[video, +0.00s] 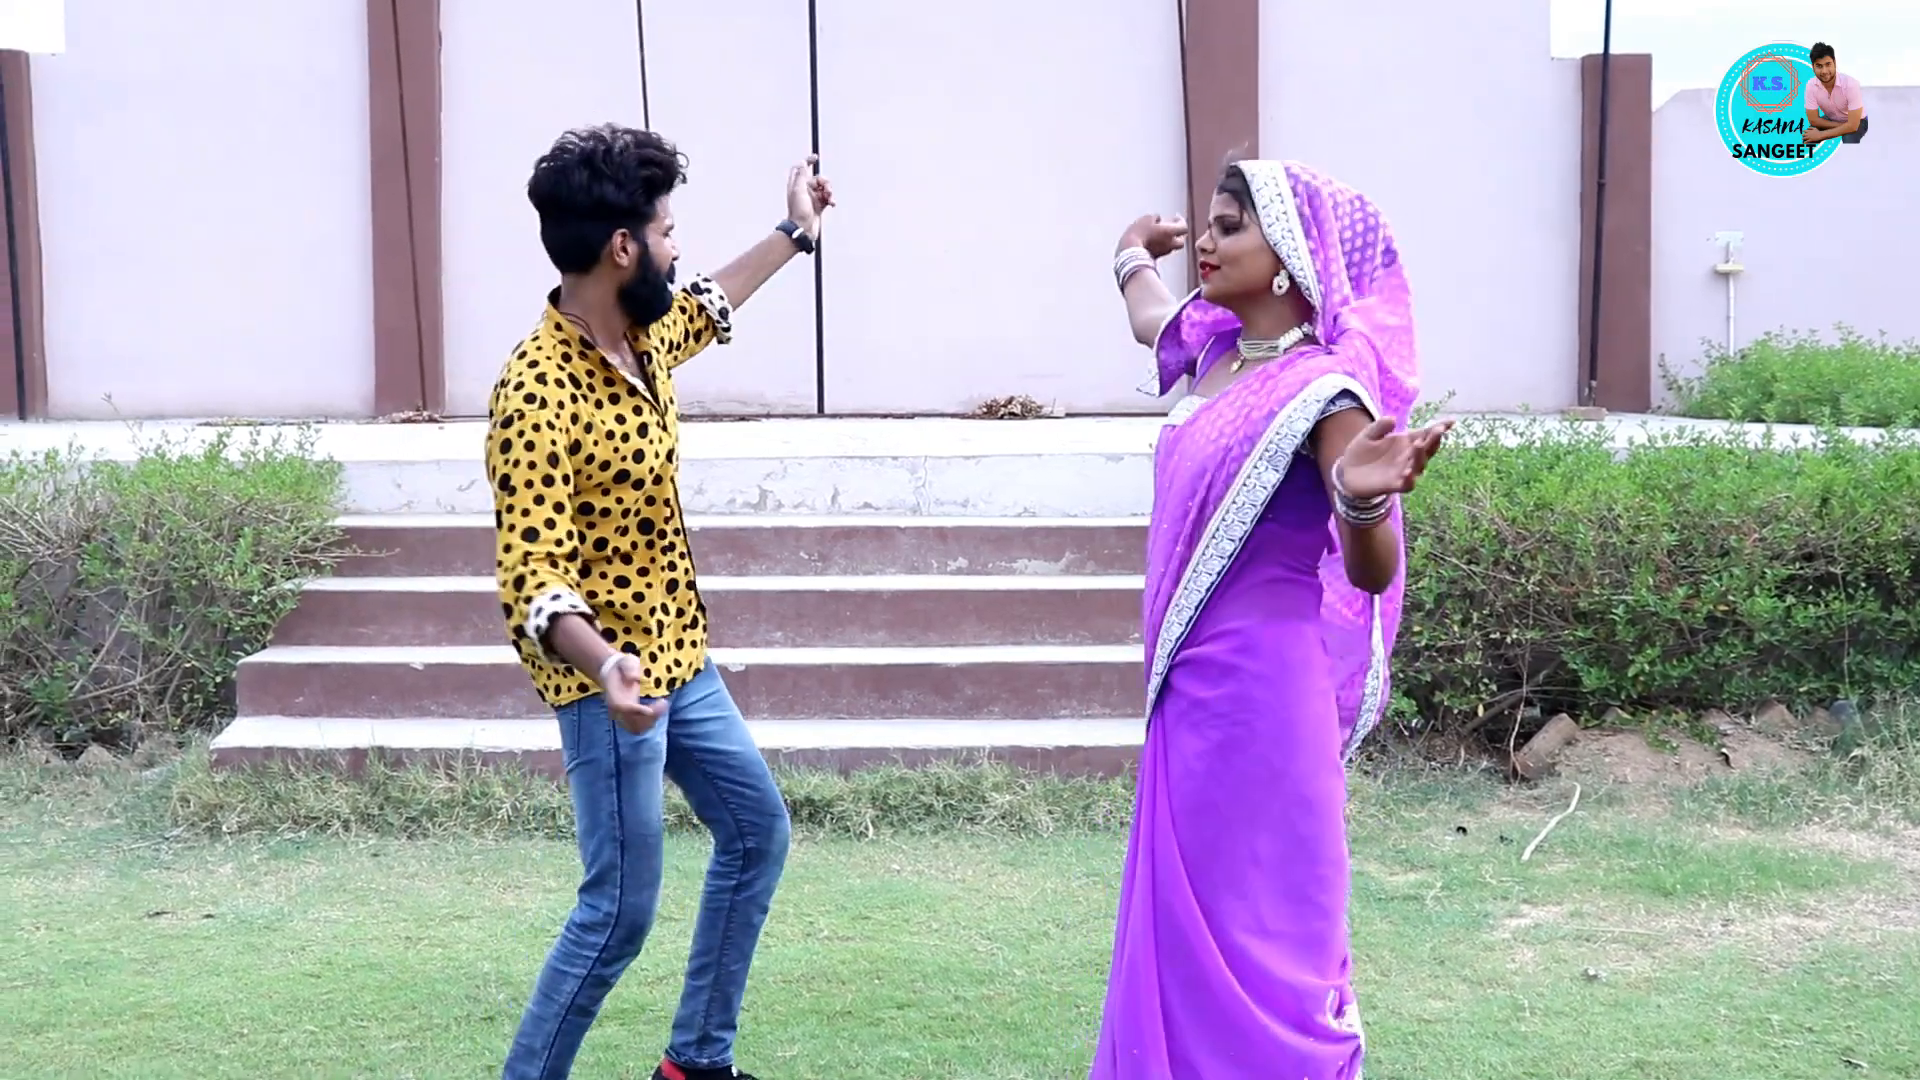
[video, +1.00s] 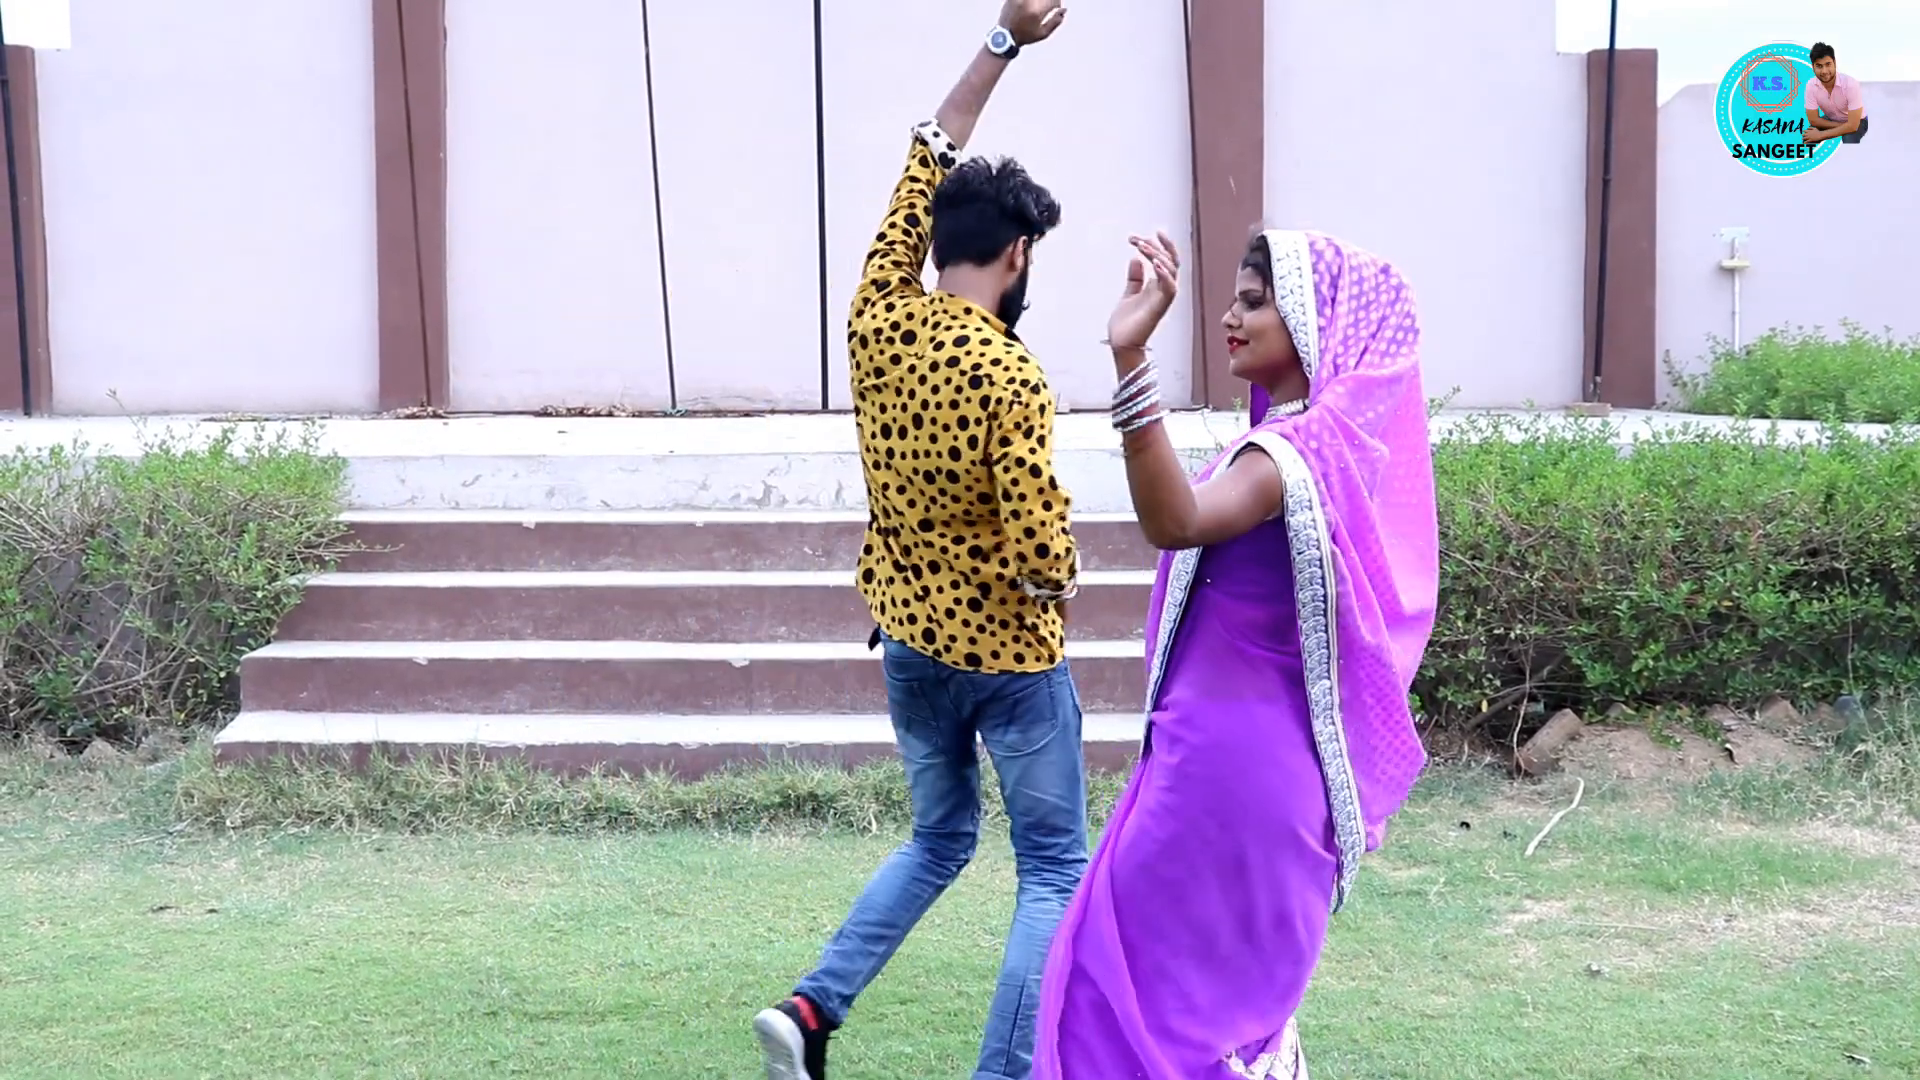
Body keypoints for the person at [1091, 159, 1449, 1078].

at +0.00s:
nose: (1205, 243)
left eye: (1229, 225)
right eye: (1208, 227)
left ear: (1294, 252)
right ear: (1252, 261)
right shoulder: (1220, 356)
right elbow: (1160, 321)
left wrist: (1365, 504)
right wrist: (1134, 259)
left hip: (1271, 690)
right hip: (1189, 684)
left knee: (1268, 946)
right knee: (1171, 932)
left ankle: (1296, 1064)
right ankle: (1172, 1066)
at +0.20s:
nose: (1222, 260)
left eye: (1246, 241)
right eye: (1224, 243)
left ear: (1311, 265)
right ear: (1234, 261)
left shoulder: (1332, 394)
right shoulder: (1233, 367)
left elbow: (1359, 541)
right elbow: (1161, 343)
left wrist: (1396, 443)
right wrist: (1148, 291)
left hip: (1243, 693)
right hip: (1170, 680)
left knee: (1237, 942)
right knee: (1149, 931)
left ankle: (1278, 1065)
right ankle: (1152, 1070)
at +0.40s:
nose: (1227, 266)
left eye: (1250, 246)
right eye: (1225, 249)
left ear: (1314, 267)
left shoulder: (1306, 384)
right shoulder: (1270, 370)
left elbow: (1302, 437)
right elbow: (1235, 325)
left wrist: (1335, 449)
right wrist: (1211, 229)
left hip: (1236, 722)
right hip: (1191, 710)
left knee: (1194, 954)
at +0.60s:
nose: (1228, 296)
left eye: (1251, 281)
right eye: (1229, 278)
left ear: (1310, 303)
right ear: (1309, 311)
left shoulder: (1296, 416)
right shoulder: (1324, 401)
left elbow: (1267, 464)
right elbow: (1276, 290)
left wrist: (1210, 485)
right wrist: (1270, 201)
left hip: (1218, 727)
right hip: (1259, 726)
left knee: (1116, 955)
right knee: (1235, 979)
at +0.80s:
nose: (1233, 304)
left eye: (1256, 288)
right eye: (1233, 286)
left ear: (1319, 312)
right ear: (1320, 319)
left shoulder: (1307, 432)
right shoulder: (1315, 413)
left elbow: (1219, 518)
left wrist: (1165, 413)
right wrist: (1328, 253)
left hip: (1235, 742)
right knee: (1085, 908)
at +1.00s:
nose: (1230, 320)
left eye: (1253, 304)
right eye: (1233, 303)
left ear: (1318, 323)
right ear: (1306, 331)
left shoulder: (1301, 443)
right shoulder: (1303, 432)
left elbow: (1173, 523)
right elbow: (1258, 627)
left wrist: (1131, 362)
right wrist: (1177, 751)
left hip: (1229, 765)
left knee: (1097, 965)